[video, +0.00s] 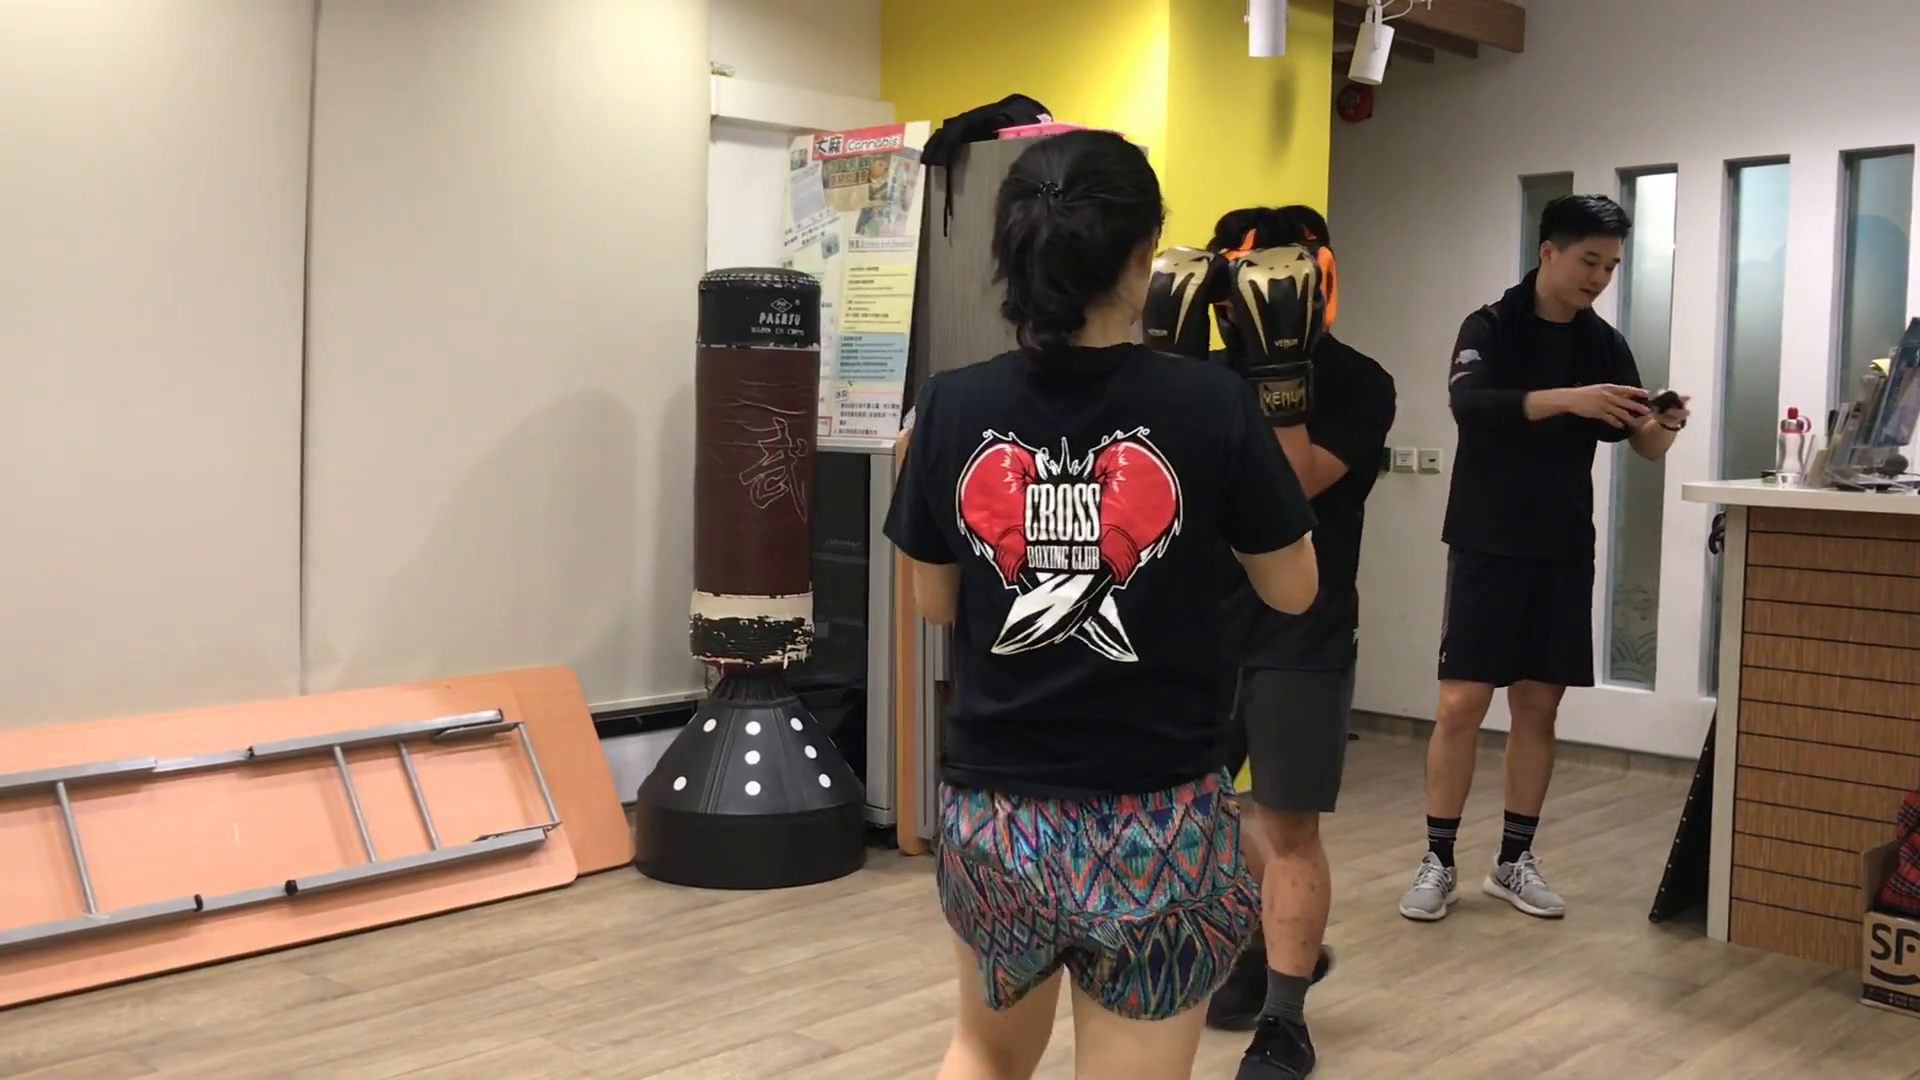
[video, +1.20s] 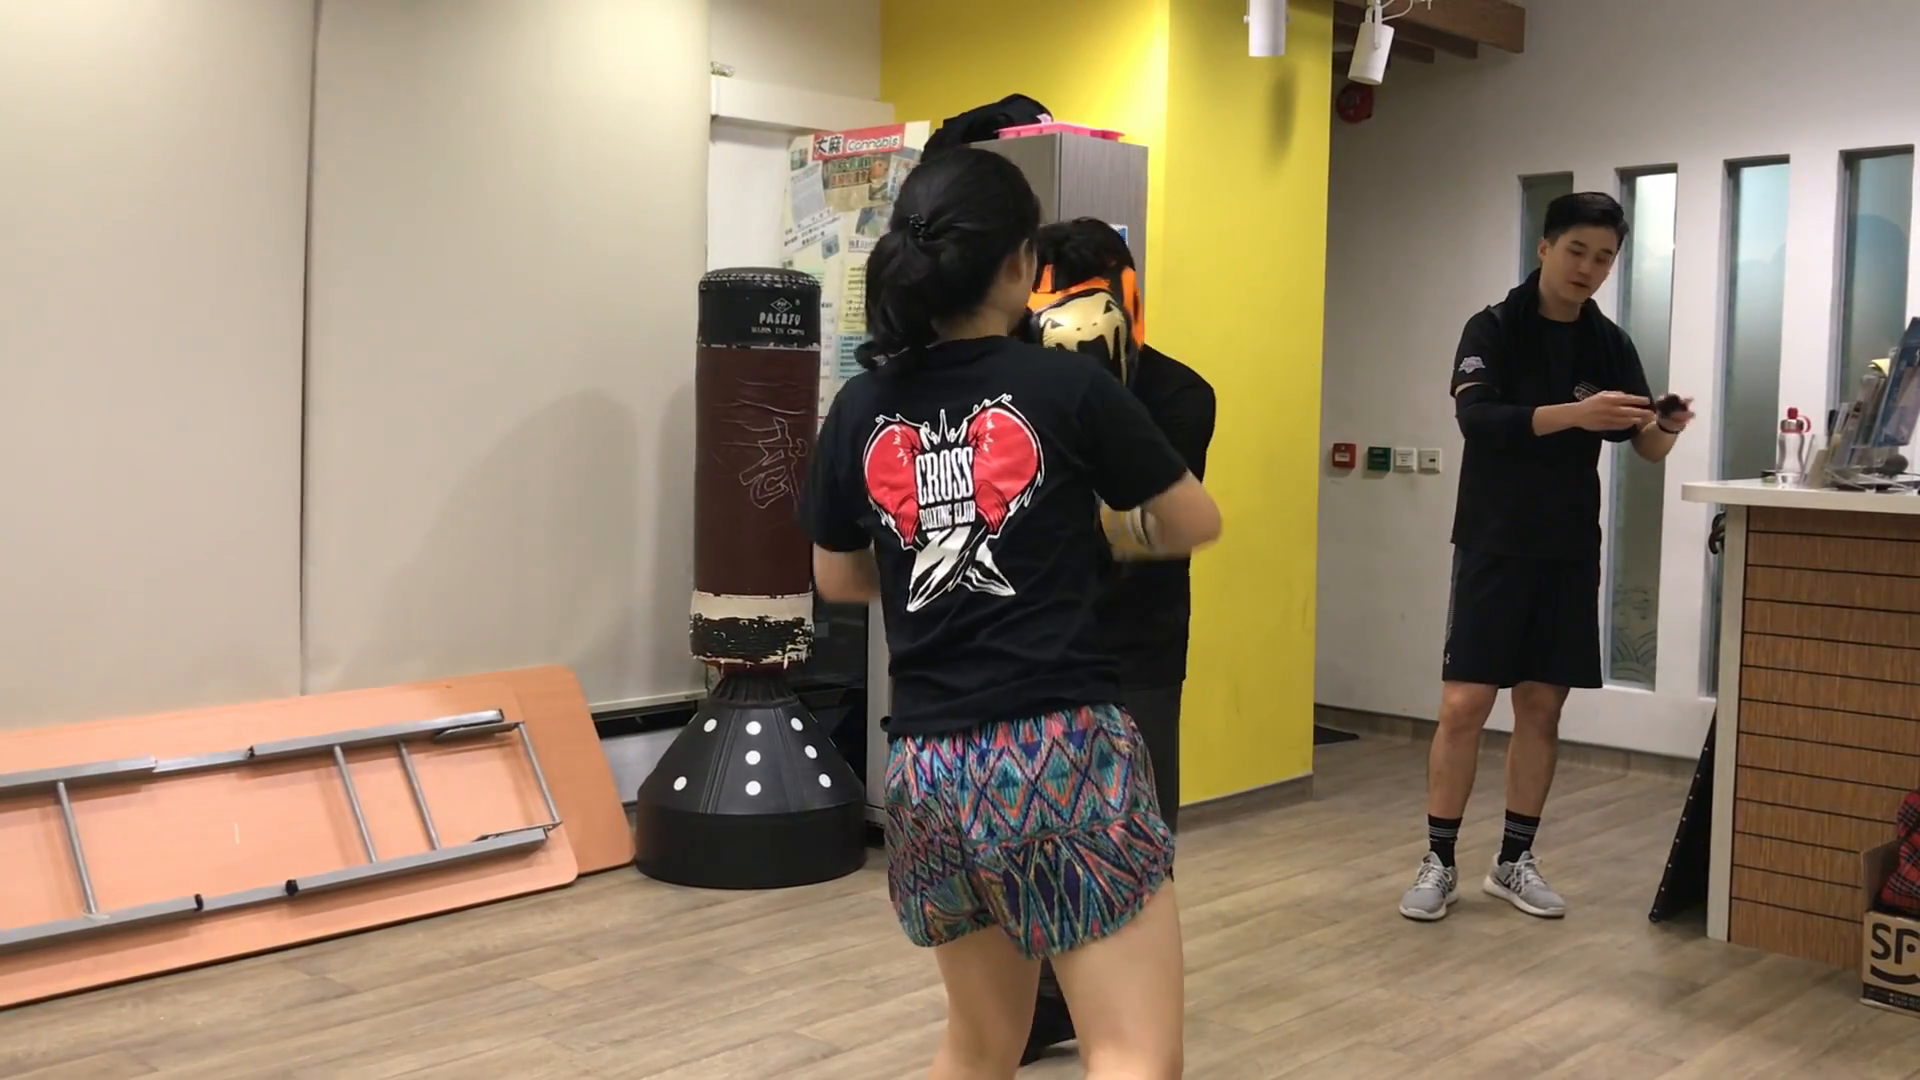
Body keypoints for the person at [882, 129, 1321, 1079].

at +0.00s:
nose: (1157, 249)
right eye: (1157, 232)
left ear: (1011, 247)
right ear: (1146, 252)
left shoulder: (956, 406)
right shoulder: (1211, 403)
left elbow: (931, 598)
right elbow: (1293, 584)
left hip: (996, 812)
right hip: (1163, 820)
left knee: (986, 1050)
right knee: (1134, 1064)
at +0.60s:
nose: (1050, 268)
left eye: (1040, 250)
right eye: (1044, 250)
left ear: (917, 260)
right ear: (1034, 262)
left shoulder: (883, 404)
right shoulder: (1093, 385)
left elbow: (875, 551)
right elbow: (1194, 511)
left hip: (936, 762)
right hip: (1081, 754)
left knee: (977, 1044)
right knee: (1136, 1056)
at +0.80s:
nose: (1032, 269)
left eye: (1024, 254)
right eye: (1026, 253)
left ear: (901, 267)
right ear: (1018, 266)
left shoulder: (872, 403)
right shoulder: (1074, 374)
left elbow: (901, 501)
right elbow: (1159, 445)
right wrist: (1118, 360)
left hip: (924, 744)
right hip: (1065, 735)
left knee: (971, 1039)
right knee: (1126, 1045)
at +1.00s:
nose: (1027, 265)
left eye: (1021, 251)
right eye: (1022, 250)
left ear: (898, 260)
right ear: (1010, 261)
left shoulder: (867, 403)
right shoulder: (1060, 370)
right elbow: (1154, 441)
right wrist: (1090, 359)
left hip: (924, 742)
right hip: (1060, 731)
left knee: (975, 1036)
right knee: (1108, 1048)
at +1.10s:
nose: (1026, 265)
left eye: (1021, 247)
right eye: (1021, 247)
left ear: (902, 257)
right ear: (1007, 257)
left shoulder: (865, 398)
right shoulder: (1060, 371)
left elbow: (857, 533)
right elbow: (1175, 470)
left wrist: (948, 514)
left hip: (928, 750)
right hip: (1065, 738)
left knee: (977, 1036)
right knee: (1118, 1048)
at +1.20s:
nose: (1036, 270)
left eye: (1031, 252)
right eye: (1033, 252)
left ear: (906, 257)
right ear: (1019, 263)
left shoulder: (863, 405)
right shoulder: (1066, 384)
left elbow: (838, 576)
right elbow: (1194, 519)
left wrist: (939, 547)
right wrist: (1097, 536)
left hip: (927, 759)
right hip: (1067, 746)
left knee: (977, 1042)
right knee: (1131, 1053)